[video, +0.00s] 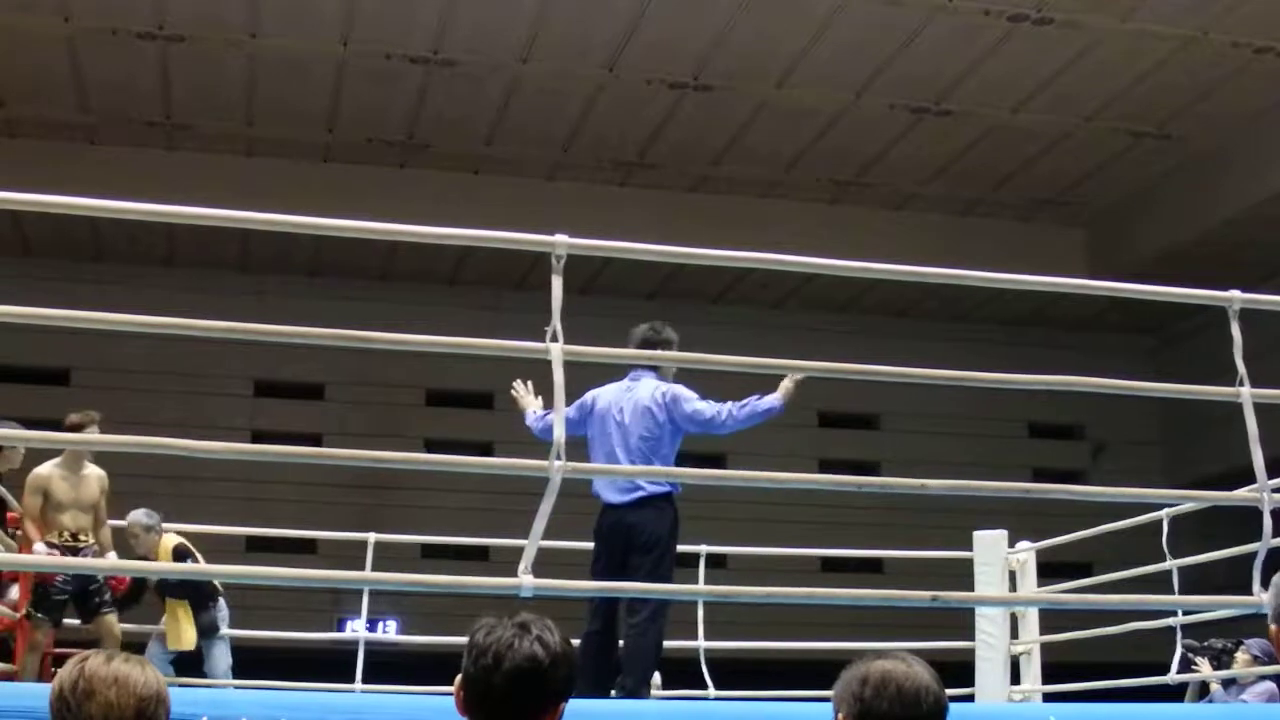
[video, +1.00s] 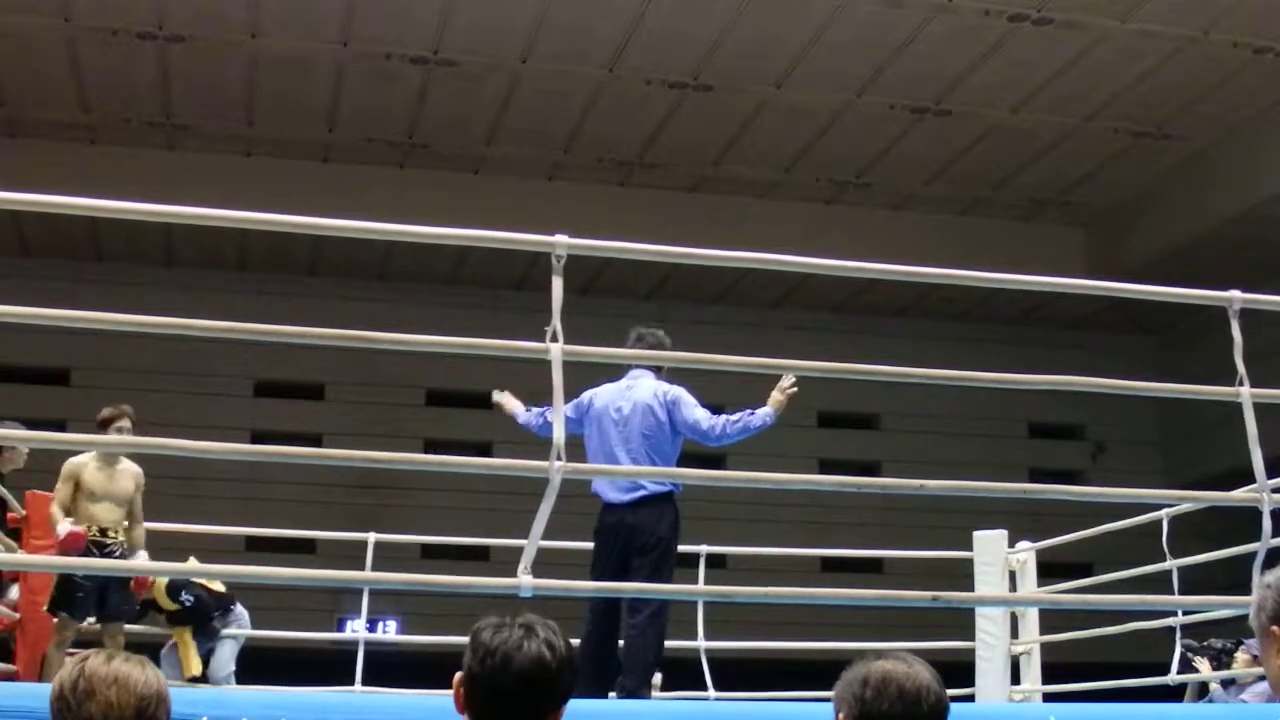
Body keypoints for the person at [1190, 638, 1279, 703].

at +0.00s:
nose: (1235, 655)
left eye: (1243, 652)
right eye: (1238, 651)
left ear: (1258, 662)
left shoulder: (1267, 687)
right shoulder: (1228, 688)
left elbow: (1234, 711)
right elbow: (1192, 712)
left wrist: (1212, 681)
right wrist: (1195, 679)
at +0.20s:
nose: (1235, 655)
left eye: (1243, 652)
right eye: (1238, 651)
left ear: (1259, 662)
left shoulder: (1267, 687)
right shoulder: (1230, 689)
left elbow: (1234, 711)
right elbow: (1190, 711)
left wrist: (1212, 679)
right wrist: (1196, 678)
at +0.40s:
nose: (1235, 655)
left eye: (1243, 651)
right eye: (1238, 650)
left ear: (1258, 662)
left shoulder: (1266, 687)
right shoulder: (1230, 689)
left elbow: (1234, 711)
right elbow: (1191, 711)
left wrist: (1212, 680)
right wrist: (1196, 679)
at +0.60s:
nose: (1235, 655)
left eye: (1243, 652)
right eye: (1237, 651)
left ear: (1258, 661)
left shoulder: (1265, 687)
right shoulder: (1231, 689)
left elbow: (1235, 711)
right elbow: (1190, 711)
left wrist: (1212, 680)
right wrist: (1196, 679)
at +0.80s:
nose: (1235, 655)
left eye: (1243, 652)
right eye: (1237, 651)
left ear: (1257, 661)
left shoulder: (1264, 687)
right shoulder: (1231, 689)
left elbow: (1233, 711)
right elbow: (1192, 711)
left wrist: (1211, 680)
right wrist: (1195, 679)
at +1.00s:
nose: (1235, 655)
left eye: (1243, 652)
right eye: (1237, 651)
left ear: (1258, 661)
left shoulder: (1264, 687)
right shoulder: (1231, 689)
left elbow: (1233, 710)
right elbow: (1193, 711)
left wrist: (1211, 680)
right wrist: (1194, 679)